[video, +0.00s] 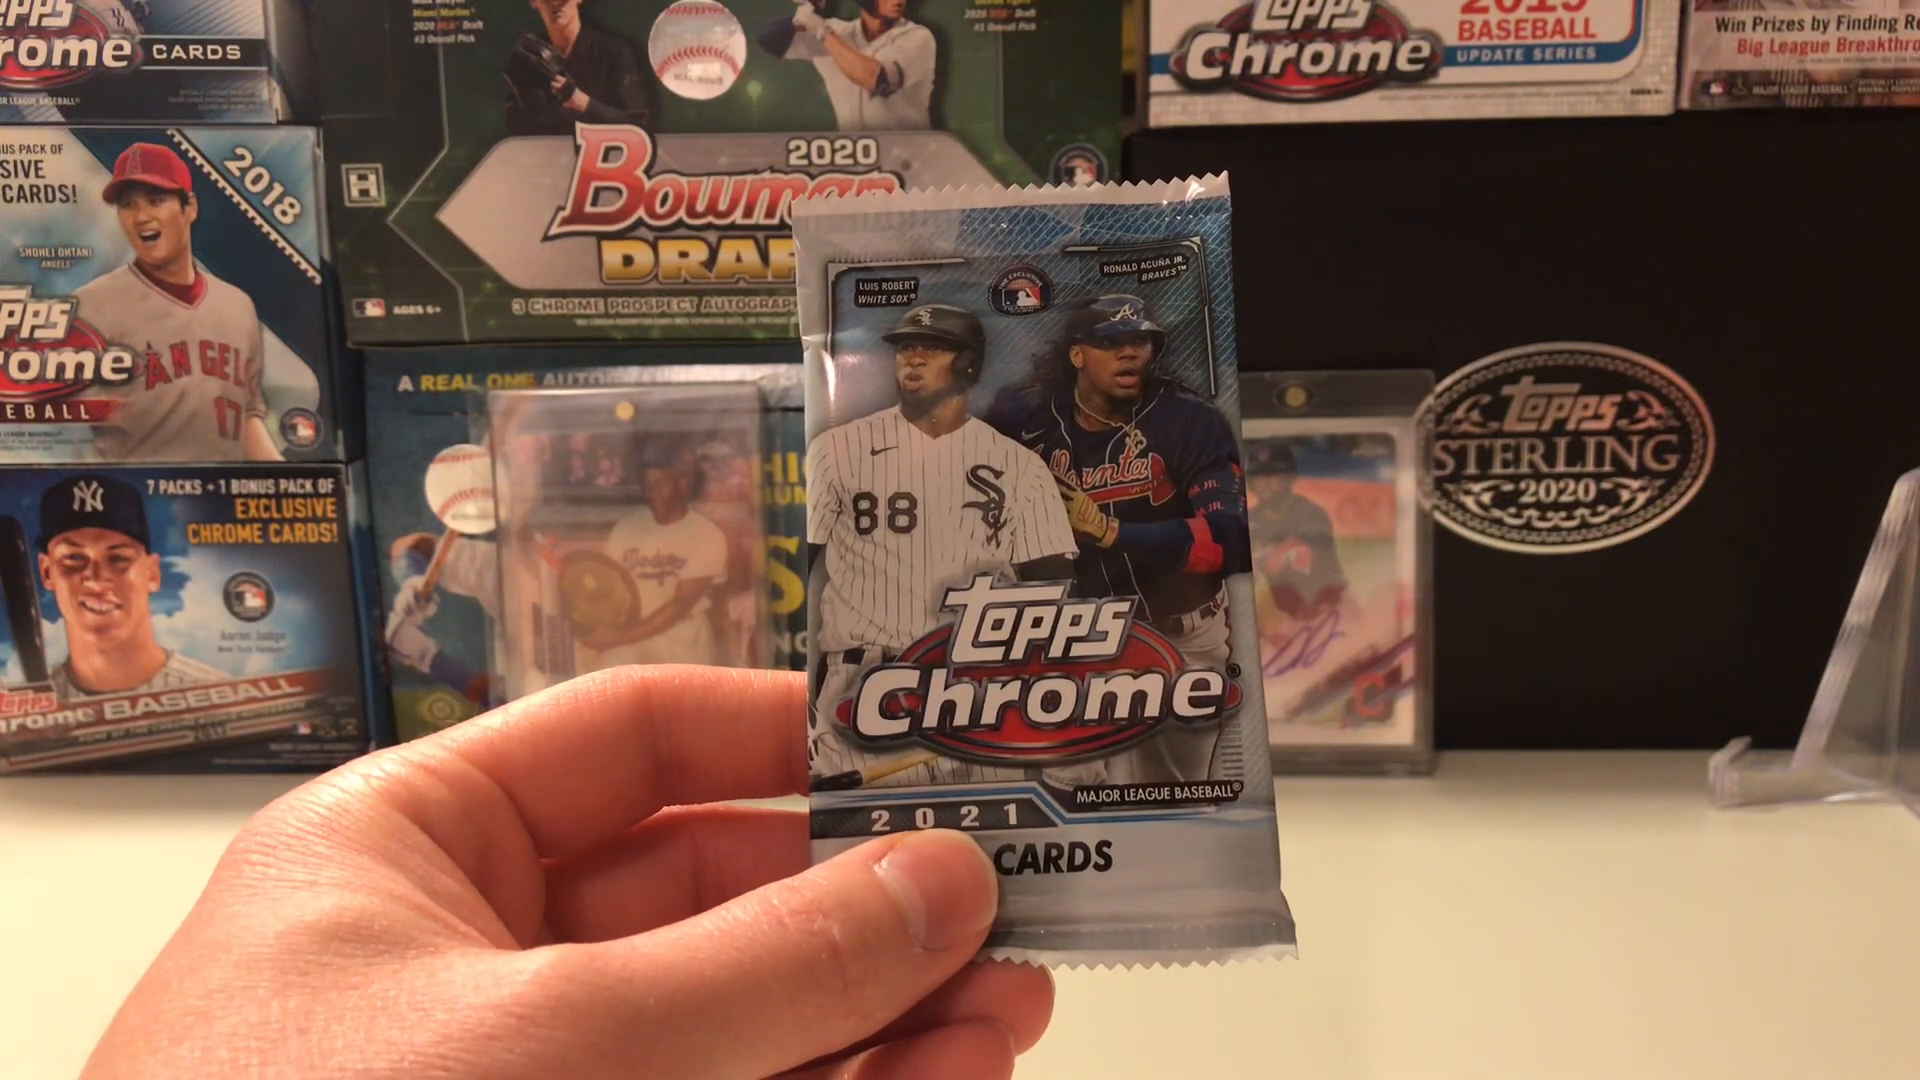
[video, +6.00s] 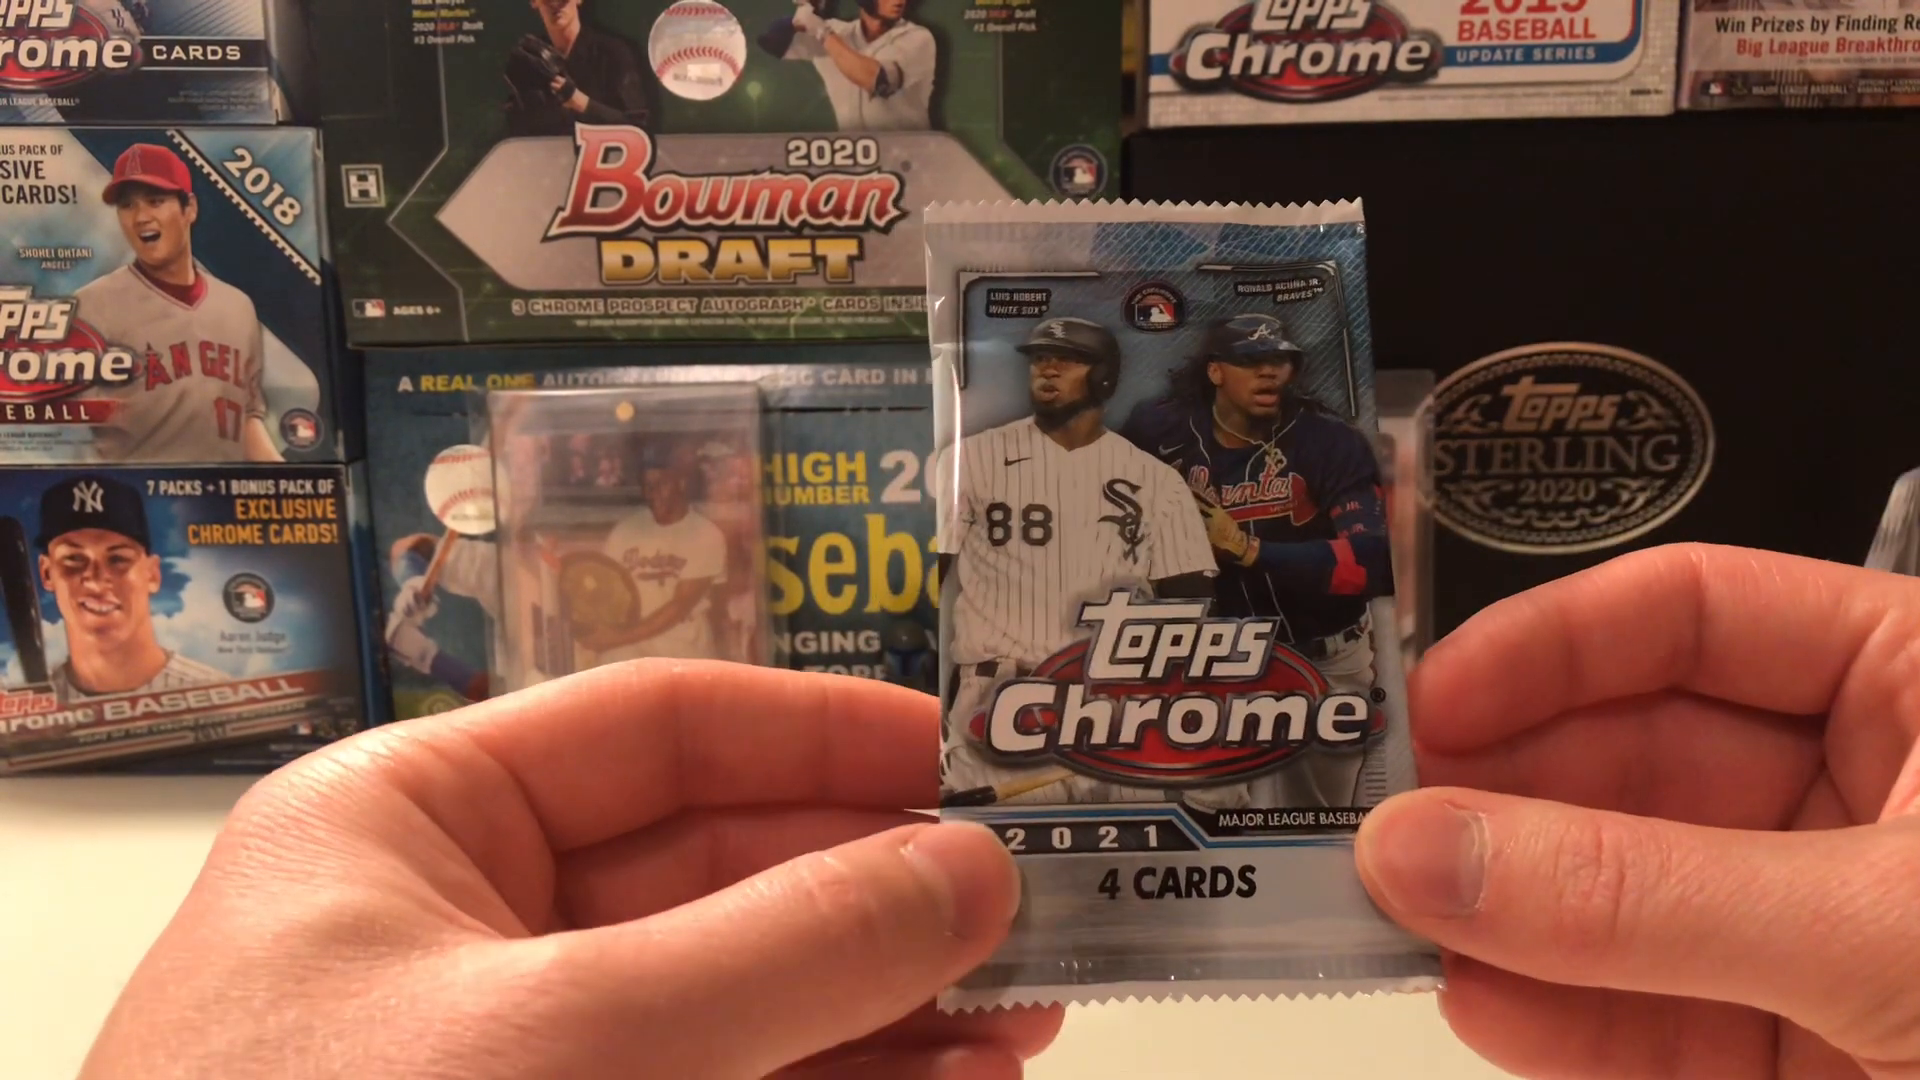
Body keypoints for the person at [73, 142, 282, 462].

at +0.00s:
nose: (143, 216)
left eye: (156, 199)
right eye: (128, 204)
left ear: (190, 209)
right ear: (118, 217)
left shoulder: (239, 307)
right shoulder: (92, 307)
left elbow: (247, 414)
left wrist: (283, 482)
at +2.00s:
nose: (143, 216)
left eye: (156, 200)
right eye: (128, 204)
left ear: (190, 209)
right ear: (119, 217)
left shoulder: (239, 307)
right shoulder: (91, 307)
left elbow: (248, 414)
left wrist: (283, 484)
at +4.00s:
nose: (142, 216)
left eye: (156, 200)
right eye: (128, 204)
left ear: (189, 209)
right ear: (118, 216)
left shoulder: (239, 306)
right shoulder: (91, 306)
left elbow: (248, 414)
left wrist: (283, 482)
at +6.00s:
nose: (142, 217)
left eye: (156, 200)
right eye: (128, 204)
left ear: (189, 210)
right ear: (118, 217)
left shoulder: (239, 307)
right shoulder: (92, 307)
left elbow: (248, 415)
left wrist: (282, 482)